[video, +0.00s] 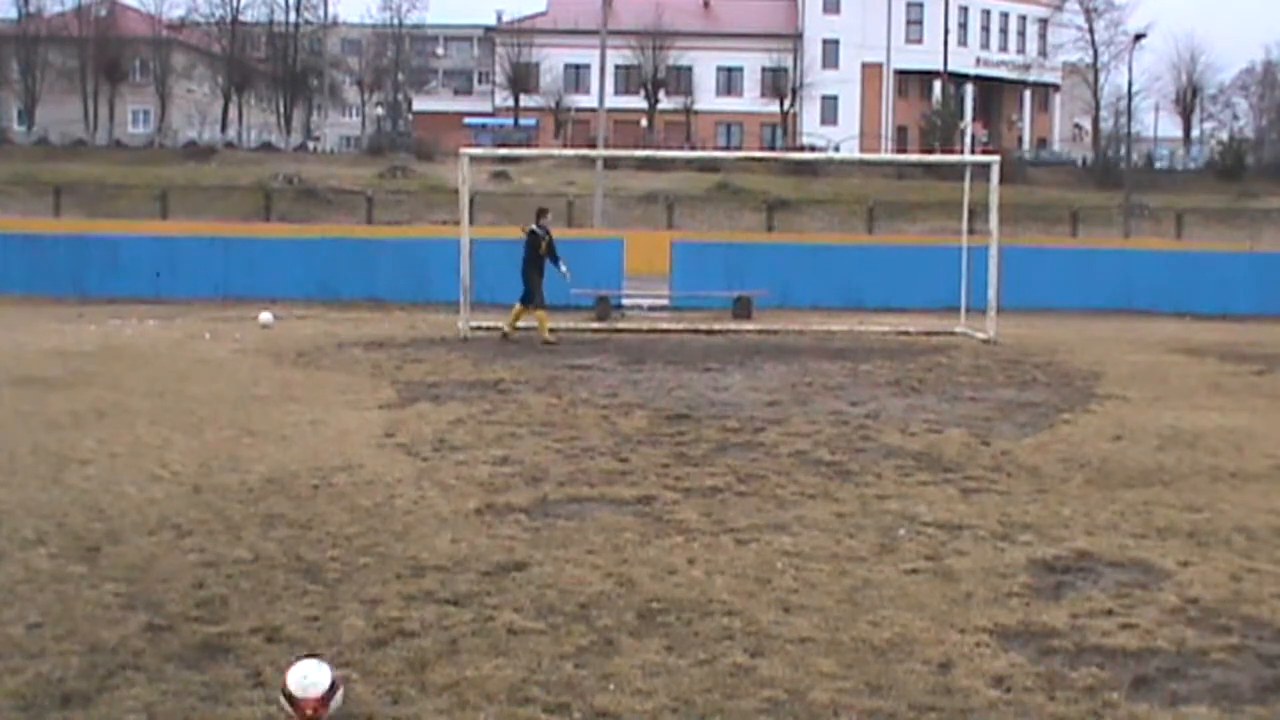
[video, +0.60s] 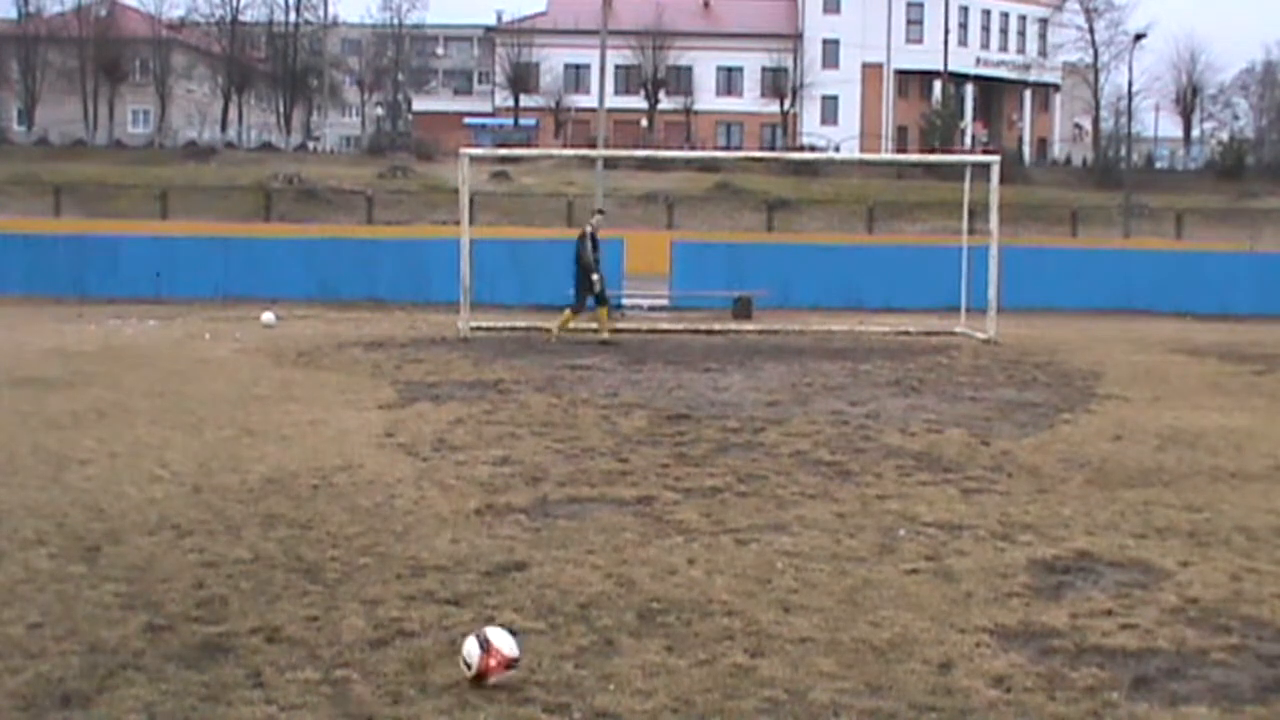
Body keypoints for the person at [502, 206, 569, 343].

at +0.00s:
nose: (548, 221)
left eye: (549, 219)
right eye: (547, 218)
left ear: (546, 219)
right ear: (541, 218)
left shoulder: (546, 234)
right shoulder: (533, 233)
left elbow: (552, 252)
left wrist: (560, 266)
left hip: (538, 270)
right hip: (530, 269)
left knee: (526, 301)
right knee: (538, 301)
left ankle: (508, 327)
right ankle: (545, 334)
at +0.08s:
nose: (555, 221)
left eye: (556, 218)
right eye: (553, 217)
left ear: (553, 219)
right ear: (547, 218)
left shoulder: (553, 233)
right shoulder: (538, 233)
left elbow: (556, 253)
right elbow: (534, 251)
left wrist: (562, 264)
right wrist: (530, 249)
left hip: (546, 268)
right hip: (537, 269)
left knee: (538, 301)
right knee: (542, 301)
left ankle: (517, 323)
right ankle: (545, 333)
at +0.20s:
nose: (564, 220)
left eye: (566, 217)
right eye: (562, 217)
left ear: (565, 218)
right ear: (557, 217)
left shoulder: (561, 232)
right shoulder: (550, 231)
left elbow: (562, 251)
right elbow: (543, 250)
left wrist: (566, 263)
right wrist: (544, 265)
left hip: (555, 268)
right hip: (546, 269)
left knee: (558, 300)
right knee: (547, 301)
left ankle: (539, 321)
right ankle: (545, 331)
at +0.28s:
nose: (571, 219)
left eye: (572, 216)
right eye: (569, 216)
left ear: (570, 217)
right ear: (564, 215)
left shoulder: (566, 230)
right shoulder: (557, 230)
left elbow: (565, 252)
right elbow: (550, 253)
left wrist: (569, 267)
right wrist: (551, 272)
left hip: (562, 269)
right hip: (552, 270)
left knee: (569, 299)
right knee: (550, 302)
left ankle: (557, 327)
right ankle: (546, 333)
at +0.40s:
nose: (582, 221)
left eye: (583, 217)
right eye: (580, 217)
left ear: (579, 217)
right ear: (575, 218)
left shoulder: (574, 232)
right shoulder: (567, 232)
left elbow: (570, 255)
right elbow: (565, 255)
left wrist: (571, 272)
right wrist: (566, 275)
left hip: (569, 270)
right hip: (561, 271)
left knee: (578, 299)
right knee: (556, 301)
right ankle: (547, 332)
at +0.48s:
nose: (591, 223)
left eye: (592, 220)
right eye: (589, 219)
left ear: (587, 220)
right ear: (583, 219)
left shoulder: (580, 234)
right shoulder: (575, 234)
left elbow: (577, 256)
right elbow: (575, 256)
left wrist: (580, 272)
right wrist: (577, 274)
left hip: (578, 273)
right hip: (570, 273)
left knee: (588, 302)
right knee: (562, 304)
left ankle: (600, 331)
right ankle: (548, 333)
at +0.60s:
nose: (599, 223)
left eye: (600, 220)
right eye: (597, 219)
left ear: (600, 221)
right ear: (592, 219)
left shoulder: (593, 236)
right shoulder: (585, 235)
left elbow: (592, 257)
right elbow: (586, 257)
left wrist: (597, 273)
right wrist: (593, 273)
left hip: (594, 272)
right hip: (584, 273)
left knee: (602, 302)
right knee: (579, 305)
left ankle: (604, 331)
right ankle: (556, 329)